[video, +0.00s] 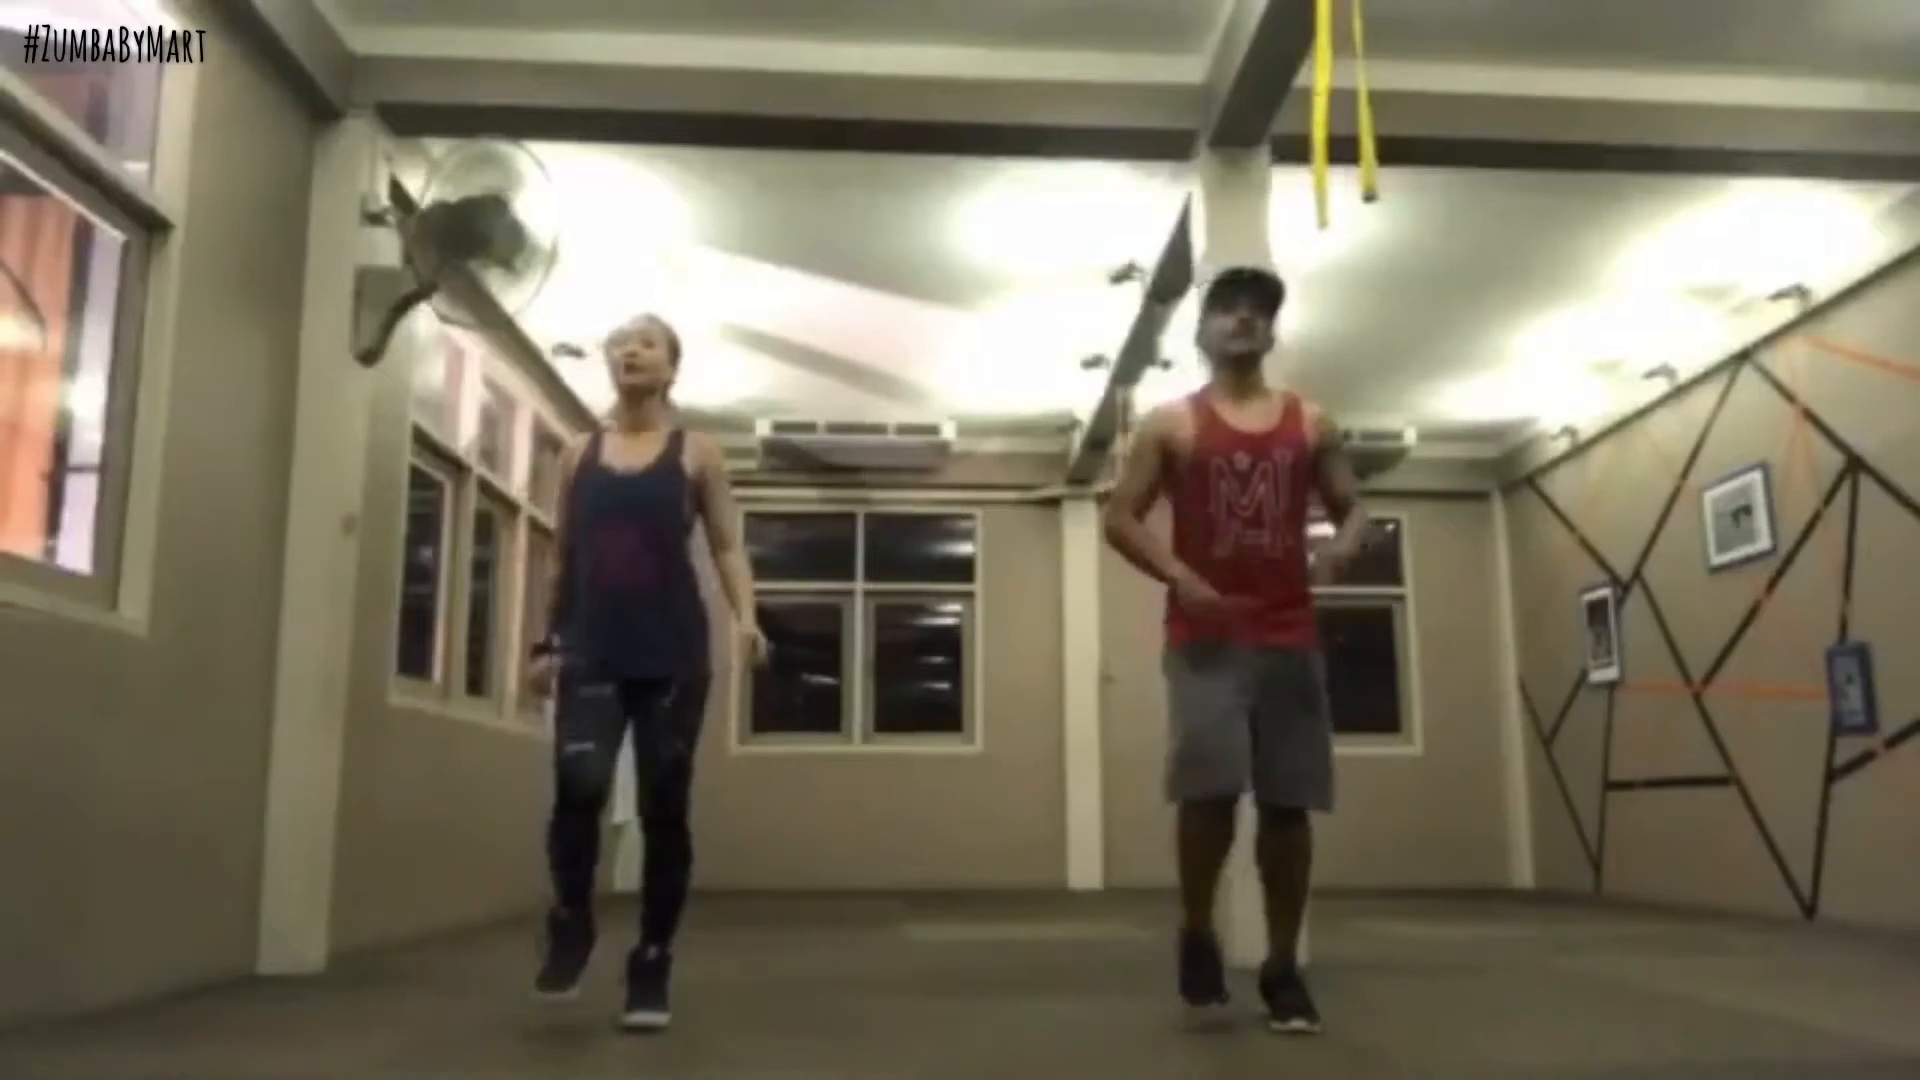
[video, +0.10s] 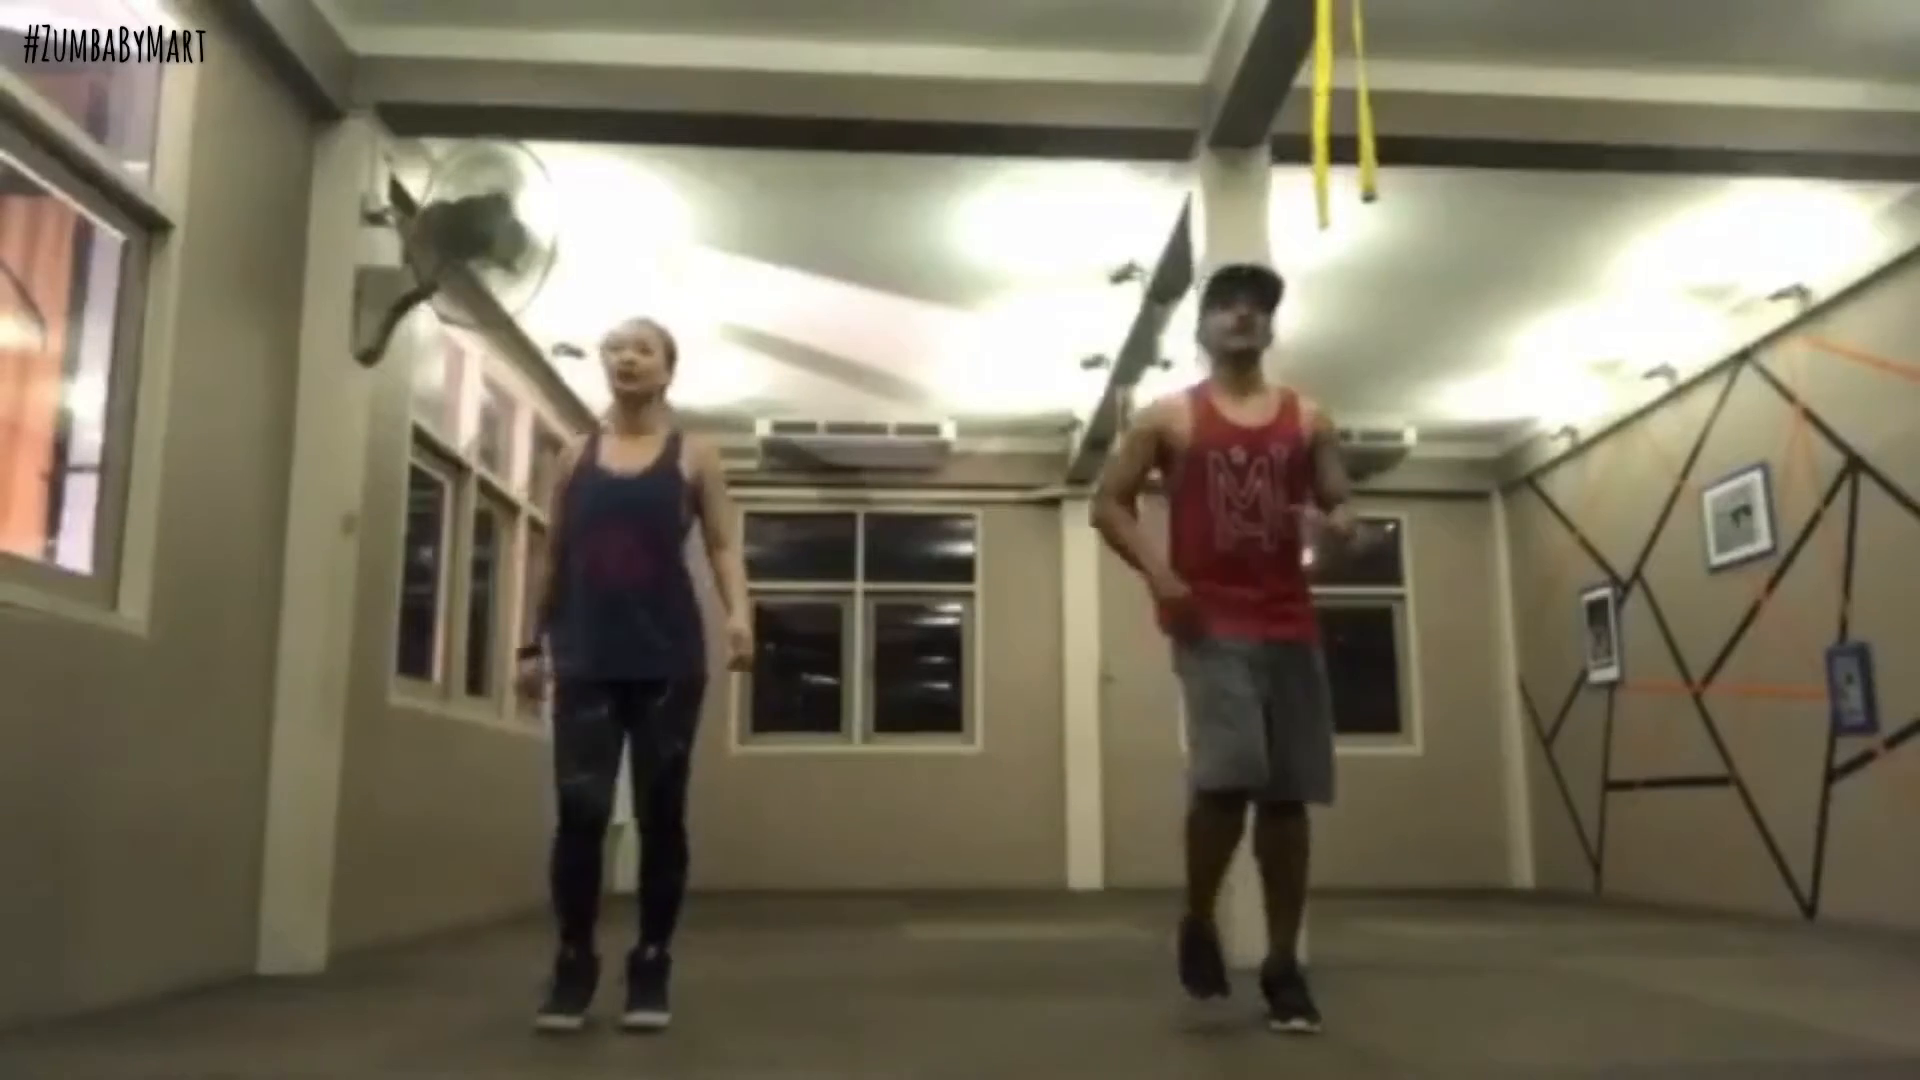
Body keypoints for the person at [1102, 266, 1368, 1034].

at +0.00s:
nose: (1238, 323)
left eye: (1253, 312)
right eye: (1224, 311)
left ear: (1272, 329)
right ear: (1202, 327)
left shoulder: (1308, 423)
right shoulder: (1172, 424)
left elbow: (1351, 509)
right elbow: (1119, 518)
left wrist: (1344, 550)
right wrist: (1182, 579)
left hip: (1288, 636)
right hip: (1208, 638)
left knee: (1287, 807)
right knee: (1209, 797)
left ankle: (1283, 965)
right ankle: (1196, 937)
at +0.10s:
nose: (1238, 320)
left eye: (1252, 309)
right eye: (1224, 308)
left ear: (1272, 324)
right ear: (1202, 324)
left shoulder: (1305, 419)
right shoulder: (1168, 419)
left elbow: (1340, 508)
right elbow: (1108, 505)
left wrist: (1339, 528)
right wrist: (1156, 575)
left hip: (1288, 623)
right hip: (1213, 624)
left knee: (1286, 797)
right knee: (1227, 784)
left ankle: (1284, 963)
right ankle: (1198, 924)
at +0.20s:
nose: (1238, 333)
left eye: (1252, 322)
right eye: (1224, 321)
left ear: (1270, 338)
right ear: (1201, 337)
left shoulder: (1299, 434)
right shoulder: (1166, 429)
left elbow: (1341, 529)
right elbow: (1092, 504)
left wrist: (1326, 528)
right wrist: (1138, 570)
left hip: (1287, 636)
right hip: (1211, 637)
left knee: (1281, 806)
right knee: (1229, 797)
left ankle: (1281, 969)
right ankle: (1197, 962)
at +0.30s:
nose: (1231, 329)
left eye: (1246, 318)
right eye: (1218, 317)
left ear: (1265, 334)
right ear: (1195, 333)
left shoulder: (1289, 429)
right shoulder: (1160, 426)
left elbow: (1328, 519)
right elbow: (1086, 502)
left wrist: (1329, 540)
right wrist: (1138, 570)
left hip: (1280, 638)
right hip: (1201, 644)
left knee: (1286, 808)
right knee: (1207, 815)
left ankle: (1284, 968)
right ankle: (1195, 968)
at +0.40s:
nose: (1223, 326)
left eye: (1238, 315)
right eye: (1209, 314)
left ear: (1257, 331)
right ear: (1186, 329)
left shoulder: (1287, 429)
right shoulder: (1151, 421)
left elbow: (1326, 516)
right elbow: (1081, 497)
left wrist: (1323, 550)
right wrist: (1155, 542)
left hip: (1272, 640)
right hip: (1183, 648)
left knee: (1291, 793)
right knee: (1189, 812)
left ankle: (1287, 946)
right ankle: (1191, 966)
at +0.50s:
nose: (1216, 325)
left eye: (1231, 313)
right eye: (1202, 313)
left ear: (1251, 328)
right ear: (1181, 327)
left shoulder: (1284, 423)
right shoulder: (1146, 416)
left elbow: (1320, 510)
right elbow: (1088, 496)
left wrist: (1327, 559)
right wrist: (1166, 517)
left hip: (1260, 629)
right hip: (1175, 637)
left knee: (1270, 783)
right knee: (1187, 806)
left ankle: (1271, 920)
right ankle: (1190, 965)